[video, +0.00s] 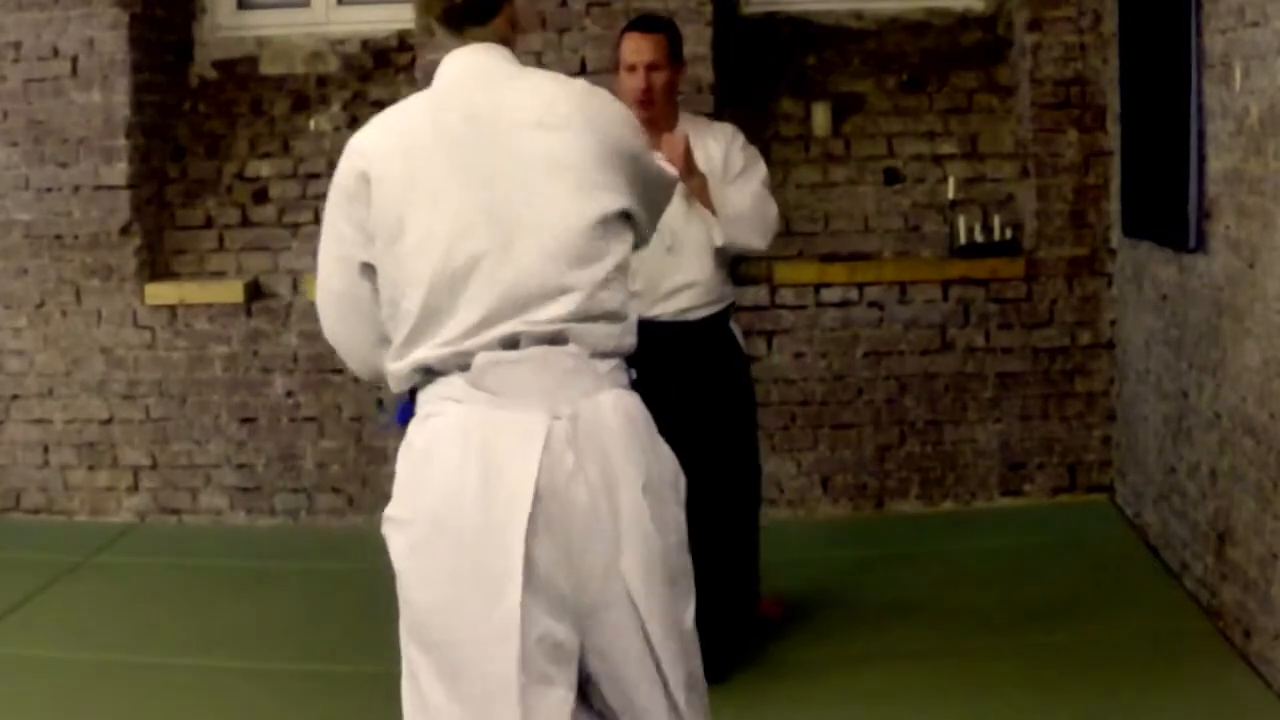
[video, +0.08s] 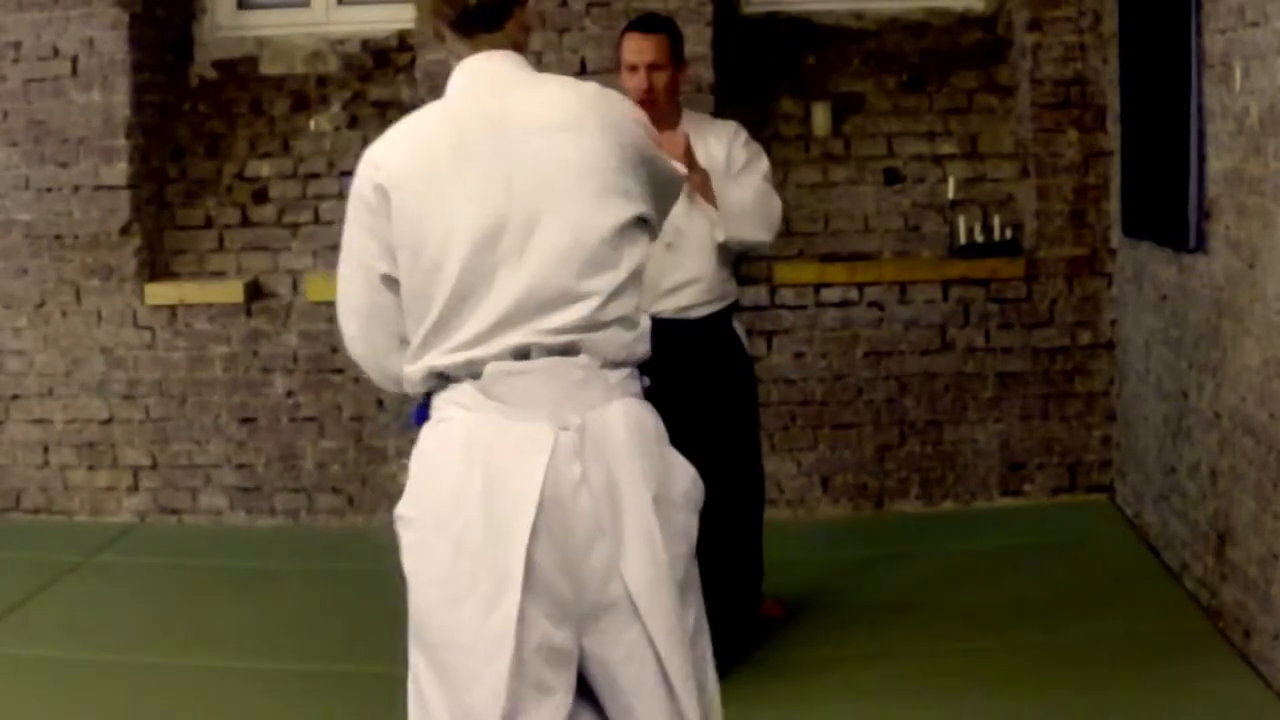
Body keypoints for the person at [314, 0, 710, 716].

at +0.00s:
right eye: (517, 13)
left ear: (427, 28)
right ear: (510, 17)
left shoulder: (375, 145)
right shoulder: (592, 111)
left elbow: (350, 328)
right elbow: (650, 202)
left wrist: (425, 377)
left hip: (457, 440)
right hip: (605, 429)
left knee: (473, 695)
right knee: (649, 686)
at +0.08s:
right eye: (525, 11)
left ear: (435, 27)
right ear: (524, 16)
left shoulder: (391, 157)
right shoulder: (611, 117)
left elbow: (376, 348)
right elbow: (662, 194)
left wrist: (460, 378)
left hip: (471, 446)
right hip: (617, 433)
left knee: (482, 698)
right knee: (656, 691)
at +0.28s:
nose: (645, 78)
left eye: (661, 64)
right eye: (631, 61)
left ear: (477, 62)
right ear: (558, 49)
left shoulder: (430, 204)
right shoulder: (640, 141)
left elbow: (437, 393)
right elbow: (722, 220)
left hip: (527, 463)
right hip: (660, 444)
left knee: (529, 688)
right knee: (678, 685)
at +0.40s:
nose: (629, 90)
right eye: (607, 70)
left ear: (498, 82)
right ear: (577, 74)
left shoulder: (451, 225)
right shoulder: (644, 167)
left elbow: (457, 405)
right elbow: (736, 264)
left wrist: (533, 434)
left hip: (536, 475)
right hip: (659, 460)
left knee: (568, 678)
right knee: (695, 691)